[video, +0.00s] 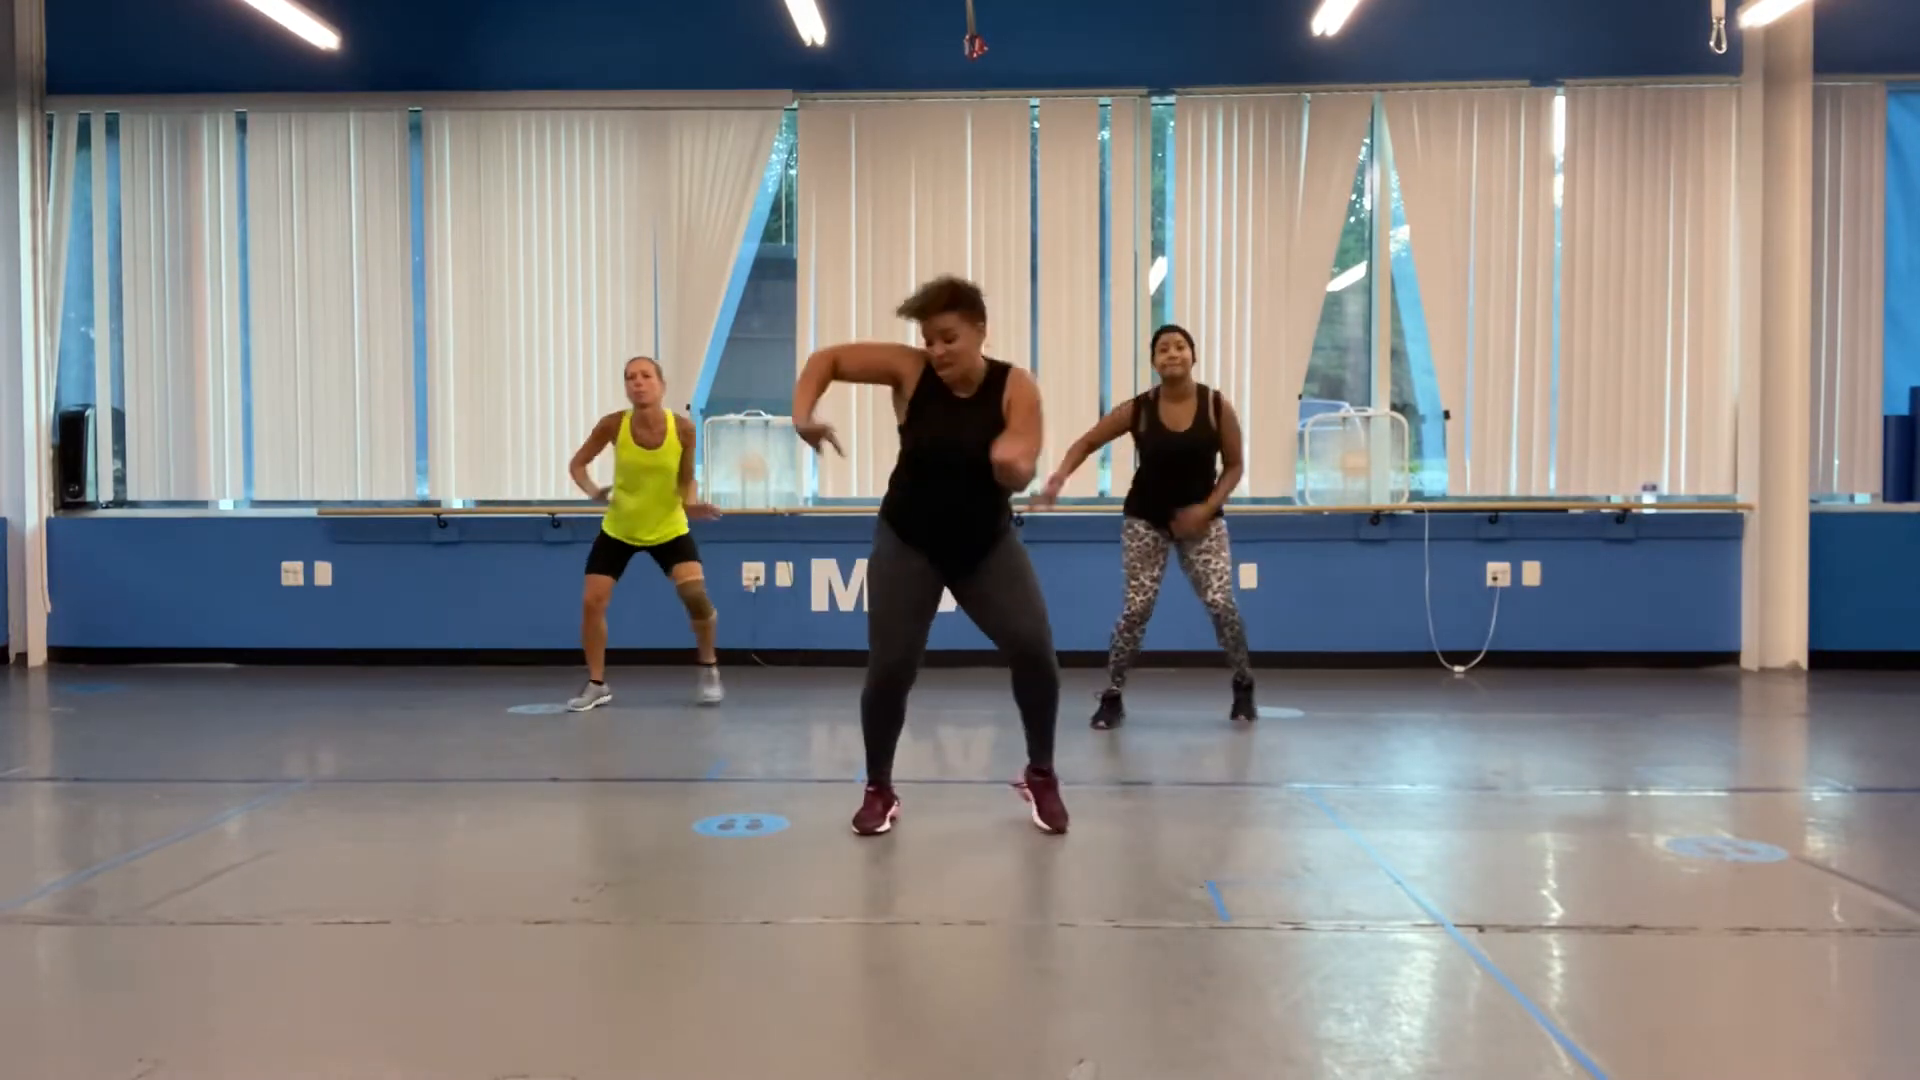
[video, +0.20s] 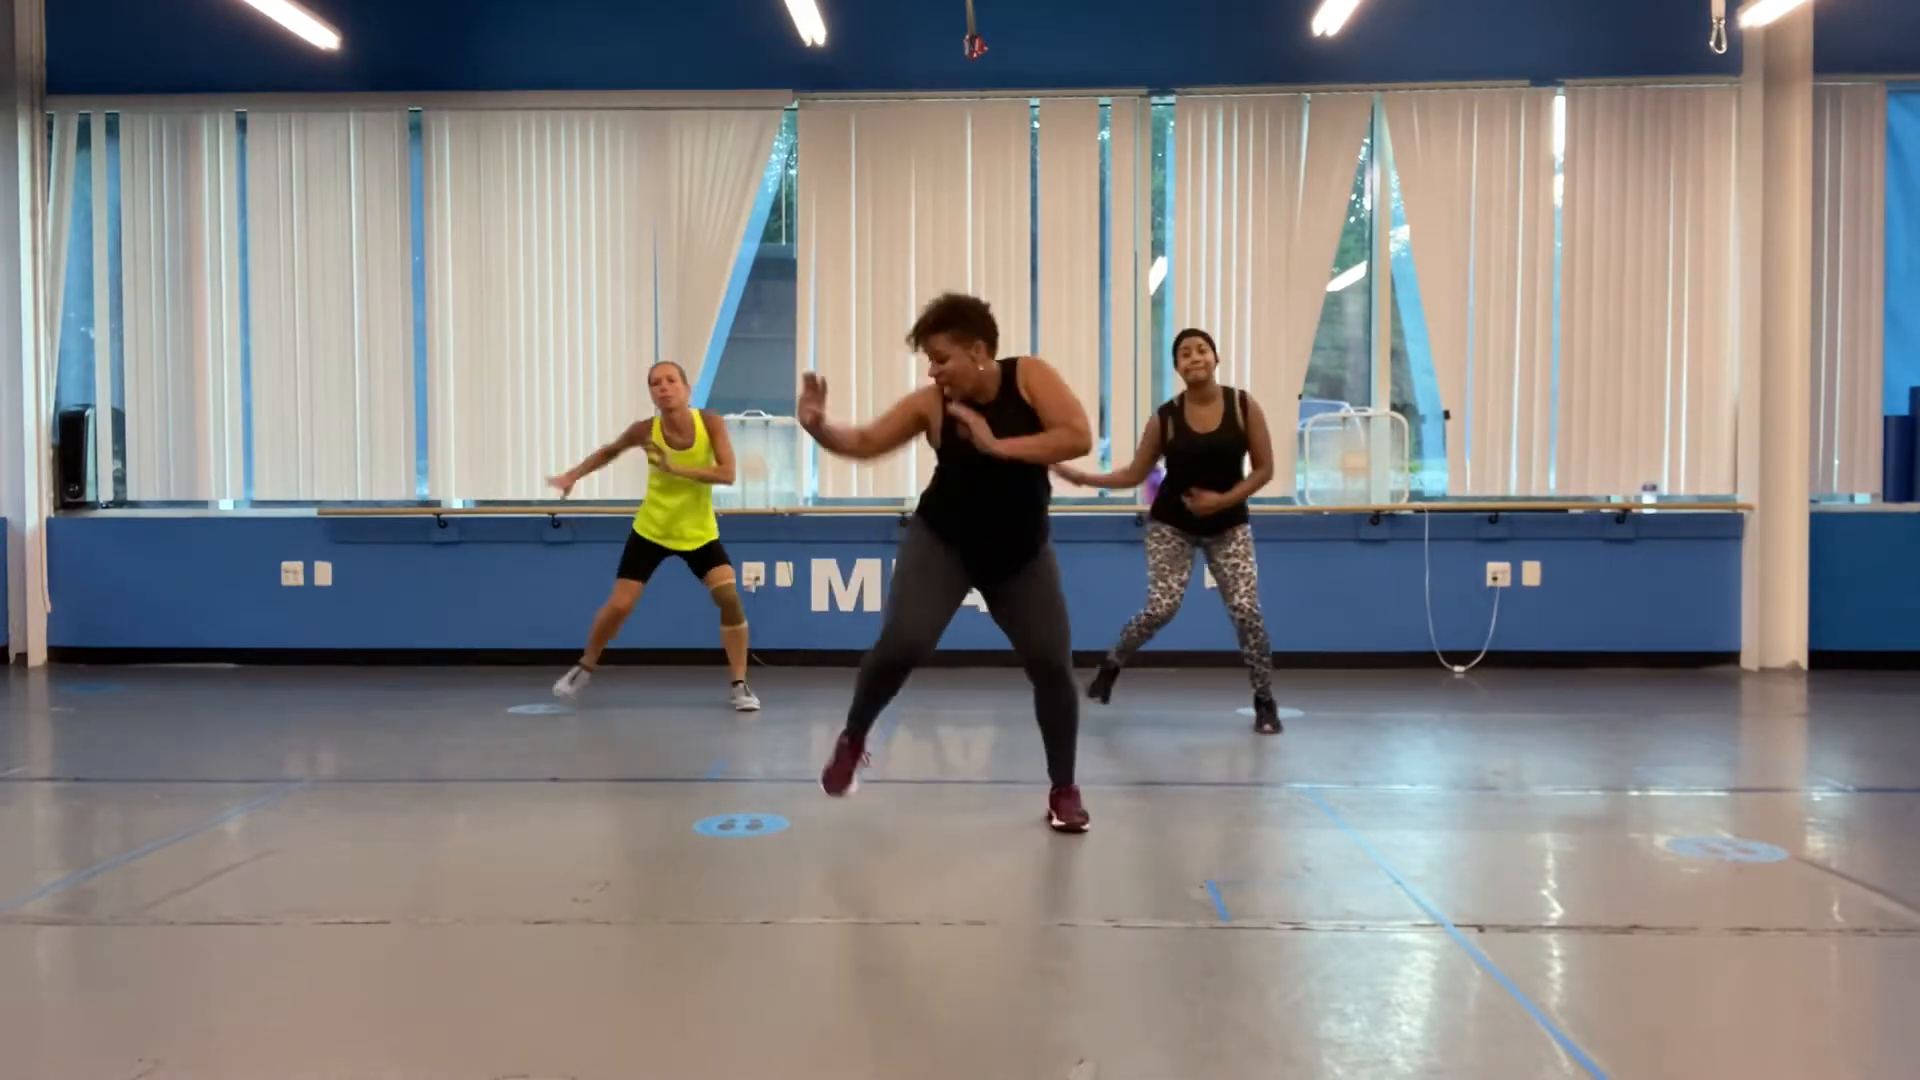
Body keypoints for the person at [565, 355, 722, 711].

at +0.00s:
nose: (638, 383)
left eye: (645, 376)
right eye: (631, 378)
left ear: (662, 385)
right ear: (626, 388)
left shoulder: (683, 428)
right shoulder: (614, 424)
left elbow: (687, 477)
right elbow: (577, 465)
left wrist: (691, 504)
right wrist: (594, 492)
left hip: (668, 524)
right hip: (620, 523)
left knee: (695, 594)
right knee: (593, 601)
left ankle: (709, 668)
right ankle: (596, 684)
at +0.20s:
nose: (663, 388)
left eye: (670, 381)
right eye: (656, 384)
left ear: (687, 388)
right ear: (650, 395)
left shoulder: (711, 423)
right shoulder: (645, 430)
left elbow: (728, 474)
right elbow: (610, 452)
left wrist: (674, 469)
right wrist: (574, 474)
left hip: (698, 530)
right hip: (652, 528)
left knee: (729, 597)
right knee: (619, 605)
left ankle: (740, 685)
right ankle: (584, 668)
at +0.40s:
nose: (656, 388)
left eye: (663, 381)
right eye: (649, 383)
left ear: (678, 389)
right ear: (643, 394)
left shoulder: (704, 427)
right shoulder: (637, 438)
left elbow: (734, 478)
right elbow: (641, 493)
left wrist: (710, 500)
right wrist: (599, 514)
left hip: (705, 530)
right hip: (659, 532)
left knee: (733, 599)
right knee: (625, 602)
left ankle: (740, 685)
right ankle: (627, 677)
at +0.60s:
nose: (616, 380)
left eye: (625, 375)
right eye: (611, 375)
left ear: (641, 385)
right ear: (605, 386)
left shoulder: (662, 421)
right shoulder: (595, 423)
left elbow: (703, 452)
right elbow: (597, 478)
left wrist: (736, 471)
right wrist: (613, 484)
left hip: (674, 522)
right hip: (632, 527)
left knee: (704, 598)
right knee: (600, 599)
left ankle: (753, 676)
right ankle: (592, 684)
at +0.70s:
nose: (598, 384)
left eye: (607, 378)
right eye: (593, 379)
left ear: (623, 386)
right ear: (587, 388)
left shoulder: (645, 425)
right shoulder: (576, 429)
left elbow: (686, 455)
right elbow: (568, 485)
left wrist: (731, 465)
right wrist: (607, 477)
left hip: (657, 526)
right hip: (613, 531)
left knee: (680, 595)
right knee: (579, 599)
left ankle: (723, 668)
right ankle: (589, 685)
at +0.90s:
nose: (569, 384)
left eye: (577, 378)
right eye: (564, 379)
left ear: (594, 387)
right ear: (558, 390)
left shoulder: (620, 420)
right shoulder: (554, 426)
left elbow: (667, 443)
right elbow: (548, 479)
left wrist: (719, 460)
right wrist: (586, 469)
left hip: (641, 525)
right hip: (598, 529)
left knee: (651, 602)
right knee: (552, 590)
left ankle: (677, 680)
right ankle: (566, 675)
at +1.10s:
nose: (540, 389)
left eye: (548, 384)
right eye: (534, 384)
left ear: (565, 393)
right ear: (528, 393)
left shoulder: (586, 425)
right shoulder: (522, 427)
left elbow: (636, 439)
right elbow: (511, 467)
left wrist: (679, 446)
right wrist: (547, 441)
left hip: (603, 527)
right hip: (561, 532)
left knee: (621, 603)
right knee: (524, 598)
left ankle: (677, 671)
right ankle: (516, 685)